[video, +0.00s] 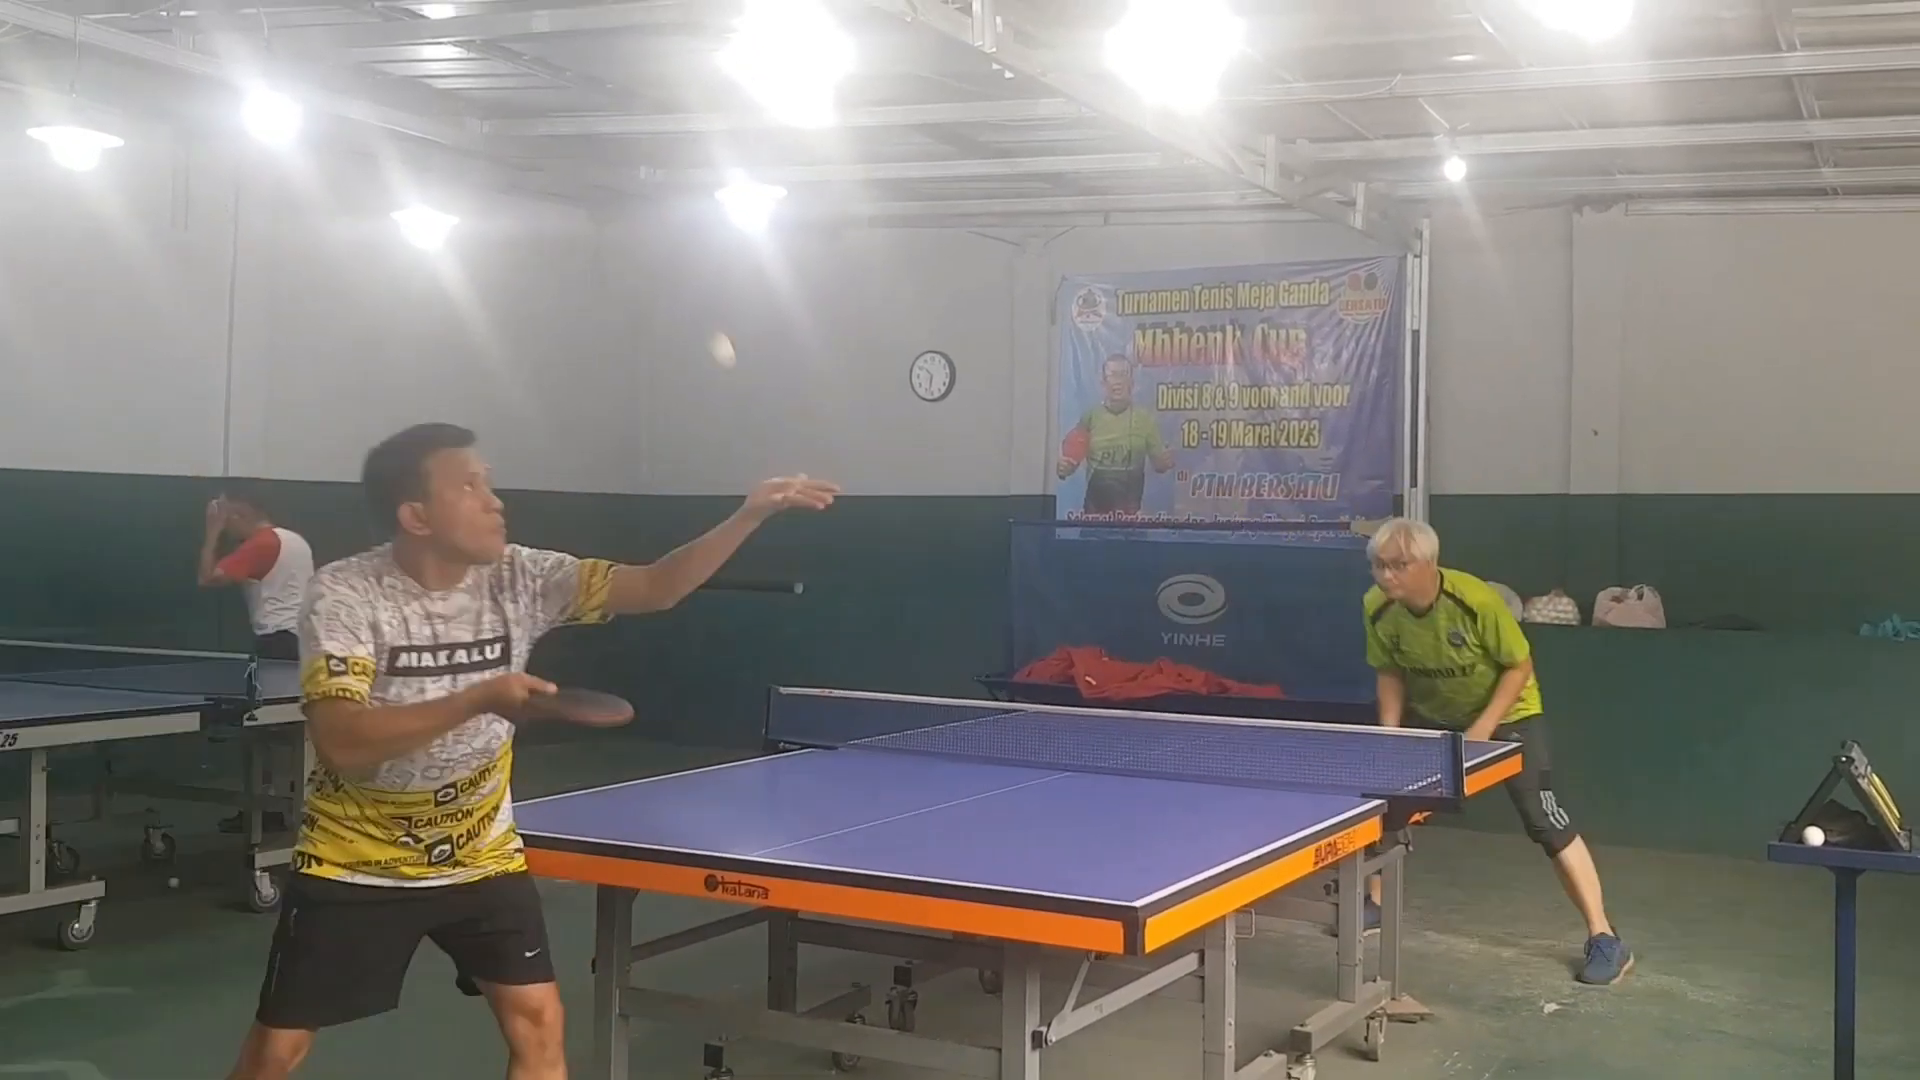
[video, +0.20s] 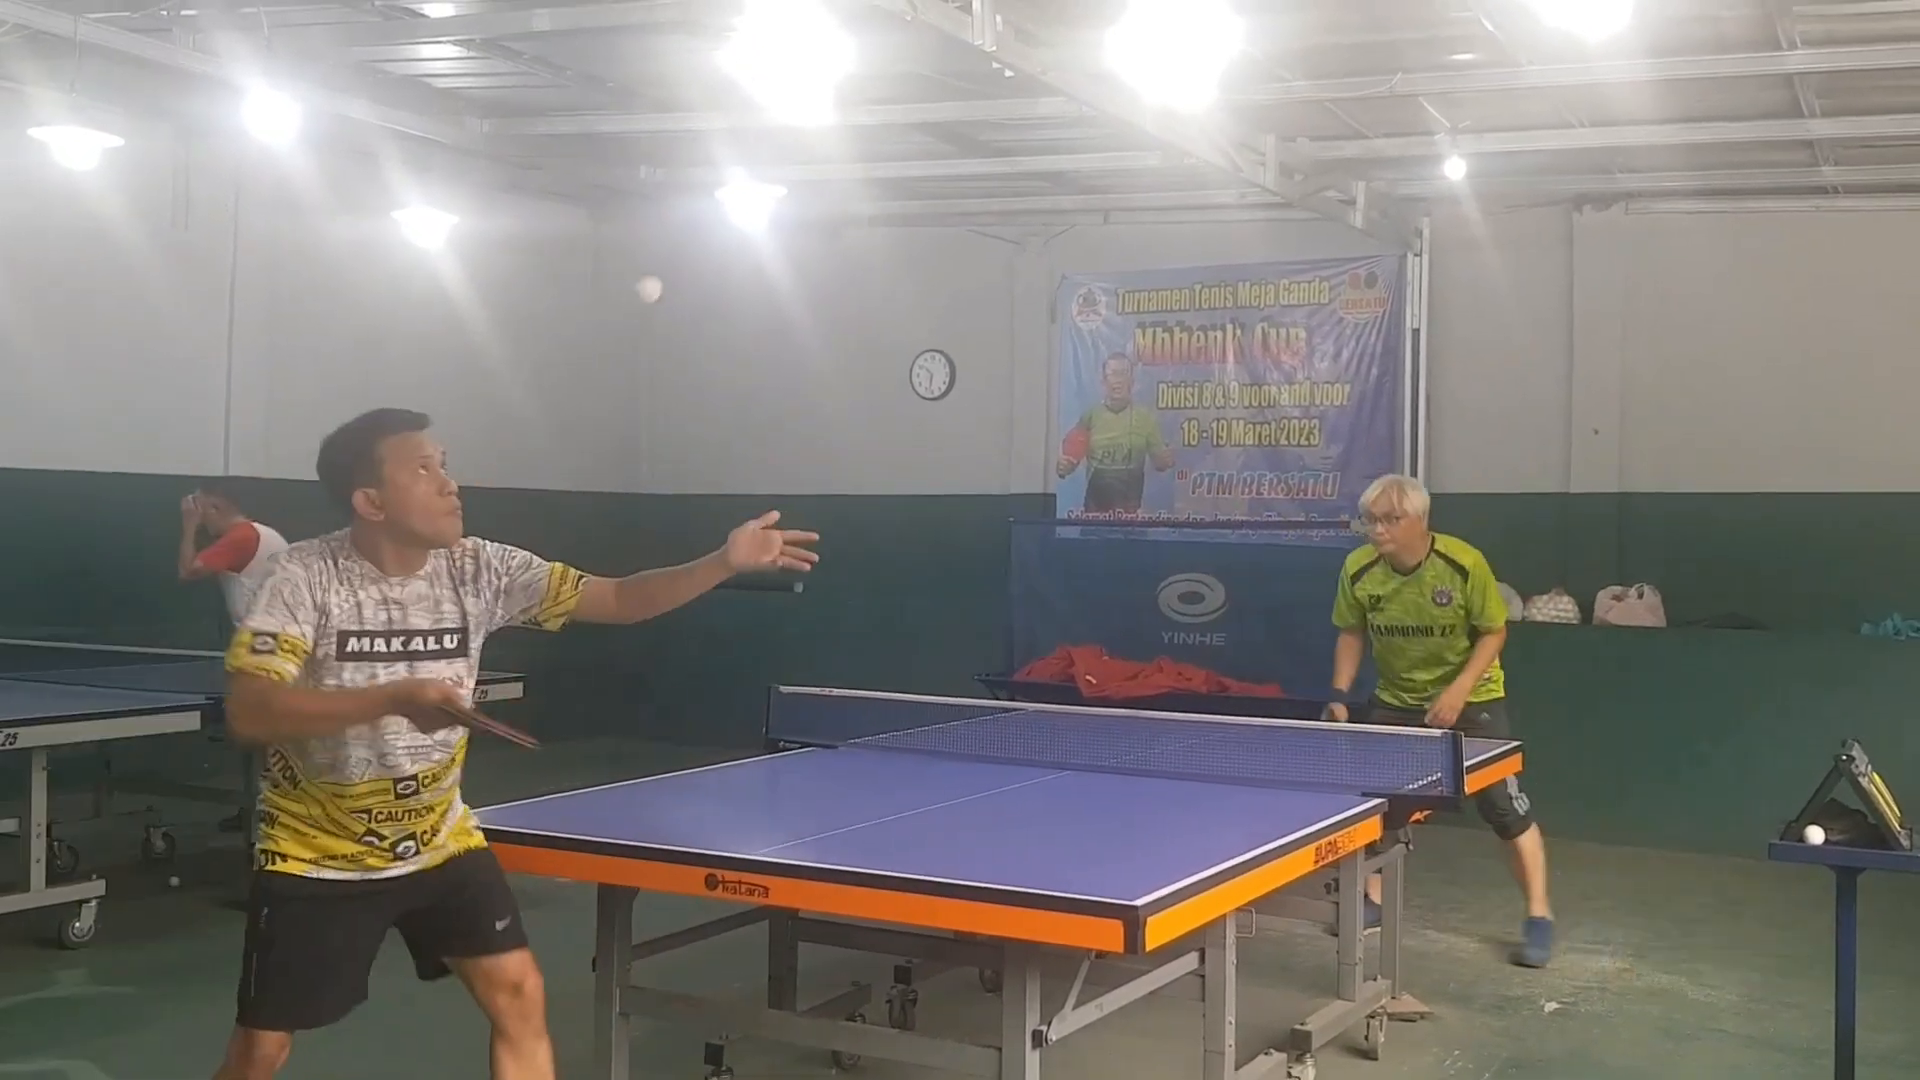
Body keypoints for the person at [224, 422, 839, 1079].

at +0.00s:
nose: (496, 499)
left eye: (490, 484)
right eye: (474, 488)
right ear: (414, 516)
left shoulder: (520, 578)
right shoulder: (348, 591)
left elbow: (654, 585)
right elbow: (340, 741)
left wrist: (753, 512)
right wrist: (477, 699)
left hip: (481, 852)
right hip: (356, 857)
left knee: (537, 1021)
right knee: (275, 1049)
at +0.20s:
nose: (451, 482)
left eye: (444, 466)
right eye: (425, 470)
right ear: (368, 502)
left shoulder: (479, 570)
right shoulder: (296, 578)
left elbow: (620, 597)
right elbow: (249, 713)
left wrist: (725, 561)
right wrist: (395, 698)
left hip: (436, 836)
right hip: (312, 848)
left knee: (519, 993)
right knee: (260, 1051)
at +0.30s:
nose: (457, 484)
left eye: (453, 467)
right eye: (435, 471)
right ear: (373, 502)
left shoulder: (482, 571)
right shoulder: (297, 565)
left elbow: (618, 602)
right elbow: (208, 660)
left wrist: (727, 563)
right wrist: (360, 653)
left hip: (426, 826)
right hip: (306, 842)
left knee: (534, 963)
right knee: (256, 1044)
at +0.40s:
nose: (487, 508)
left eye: (484, 489)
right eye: (467, 493)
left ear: (481, 500)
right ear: (403, 514)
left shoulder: (510, 581)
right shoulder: (326, 560)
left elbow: (643, 608)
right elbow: (191, 597)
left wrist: (743, 557)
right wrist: (320, 600)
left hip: (434, 828)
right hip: (316, 843)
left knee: (541, 962)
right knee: (257, 1050)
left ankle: (426, 1058)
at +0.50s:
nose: (537, 536)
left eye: (541, 517)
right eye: (517, 517)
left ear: (546, 521)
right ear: (459, 525)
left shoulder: (552, 596)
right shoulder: (390, 559)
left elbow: (680, 610)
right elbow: (245, 553)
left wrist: (736, 536)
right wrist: (374, 614)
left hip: (453, 837)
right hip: (338, 842)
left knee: (558, 979)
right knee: (265, 1048)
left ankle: (450, 1069)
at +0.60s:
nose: (620, 583)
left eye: (624, 564)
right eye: (611, 560)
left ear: (576, 555)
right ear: (558, 549)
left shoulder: (588, 625)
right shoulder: (460, 573)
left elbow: (685, 642)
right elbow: (342, 604)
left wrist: (681, 532)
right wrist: (475, 659)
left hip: (484, 868)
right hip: (370, 863)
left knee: (577, 1025)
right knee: (294, 1060)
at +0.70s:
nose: (678, 622)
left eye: (684, 607)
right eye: (674, 603)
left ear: (626, 600)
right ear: (626, 595)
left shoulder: (619, 671)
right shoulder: (505, 604)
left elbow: (704, 710)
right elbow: (377, 677)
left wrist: (702, 592)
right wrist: (490, 608)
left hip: (506, 893)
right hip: (401, 888)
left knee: (611, 1034)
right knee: (353, 1070)